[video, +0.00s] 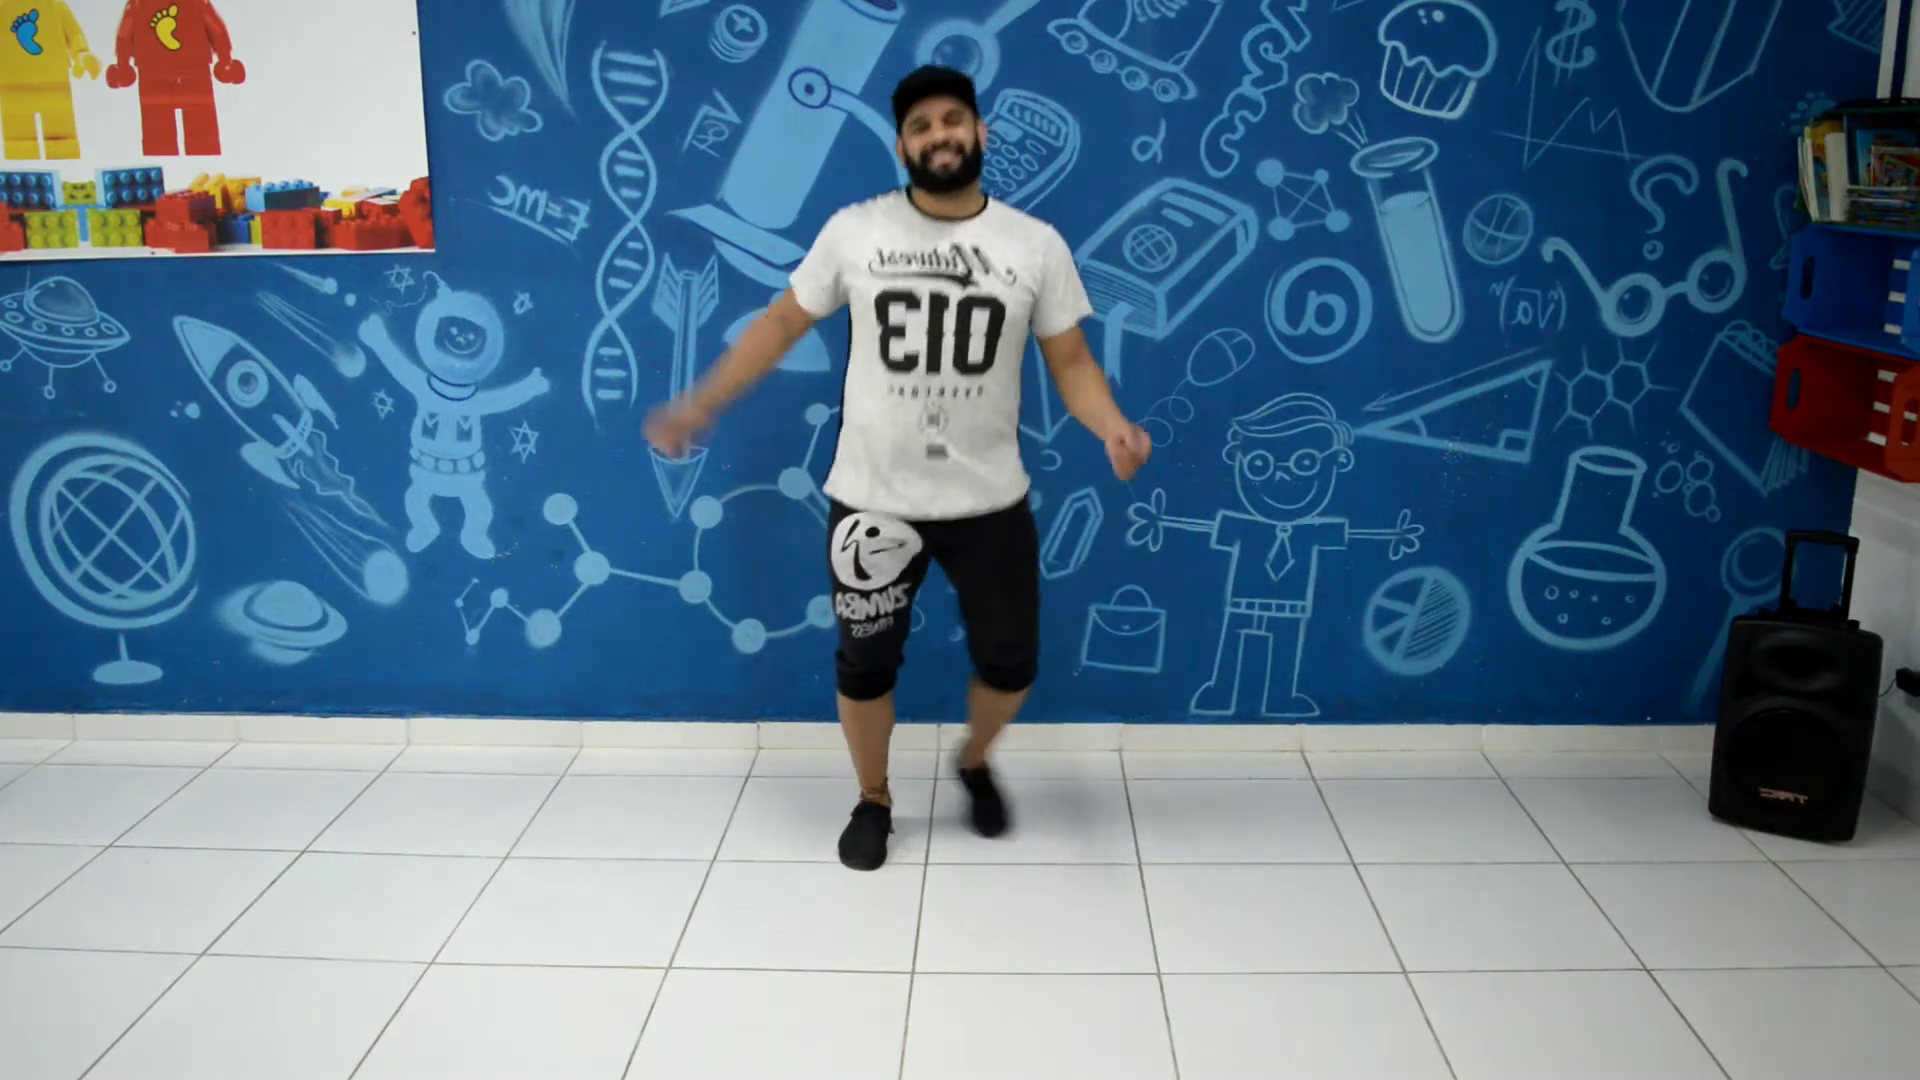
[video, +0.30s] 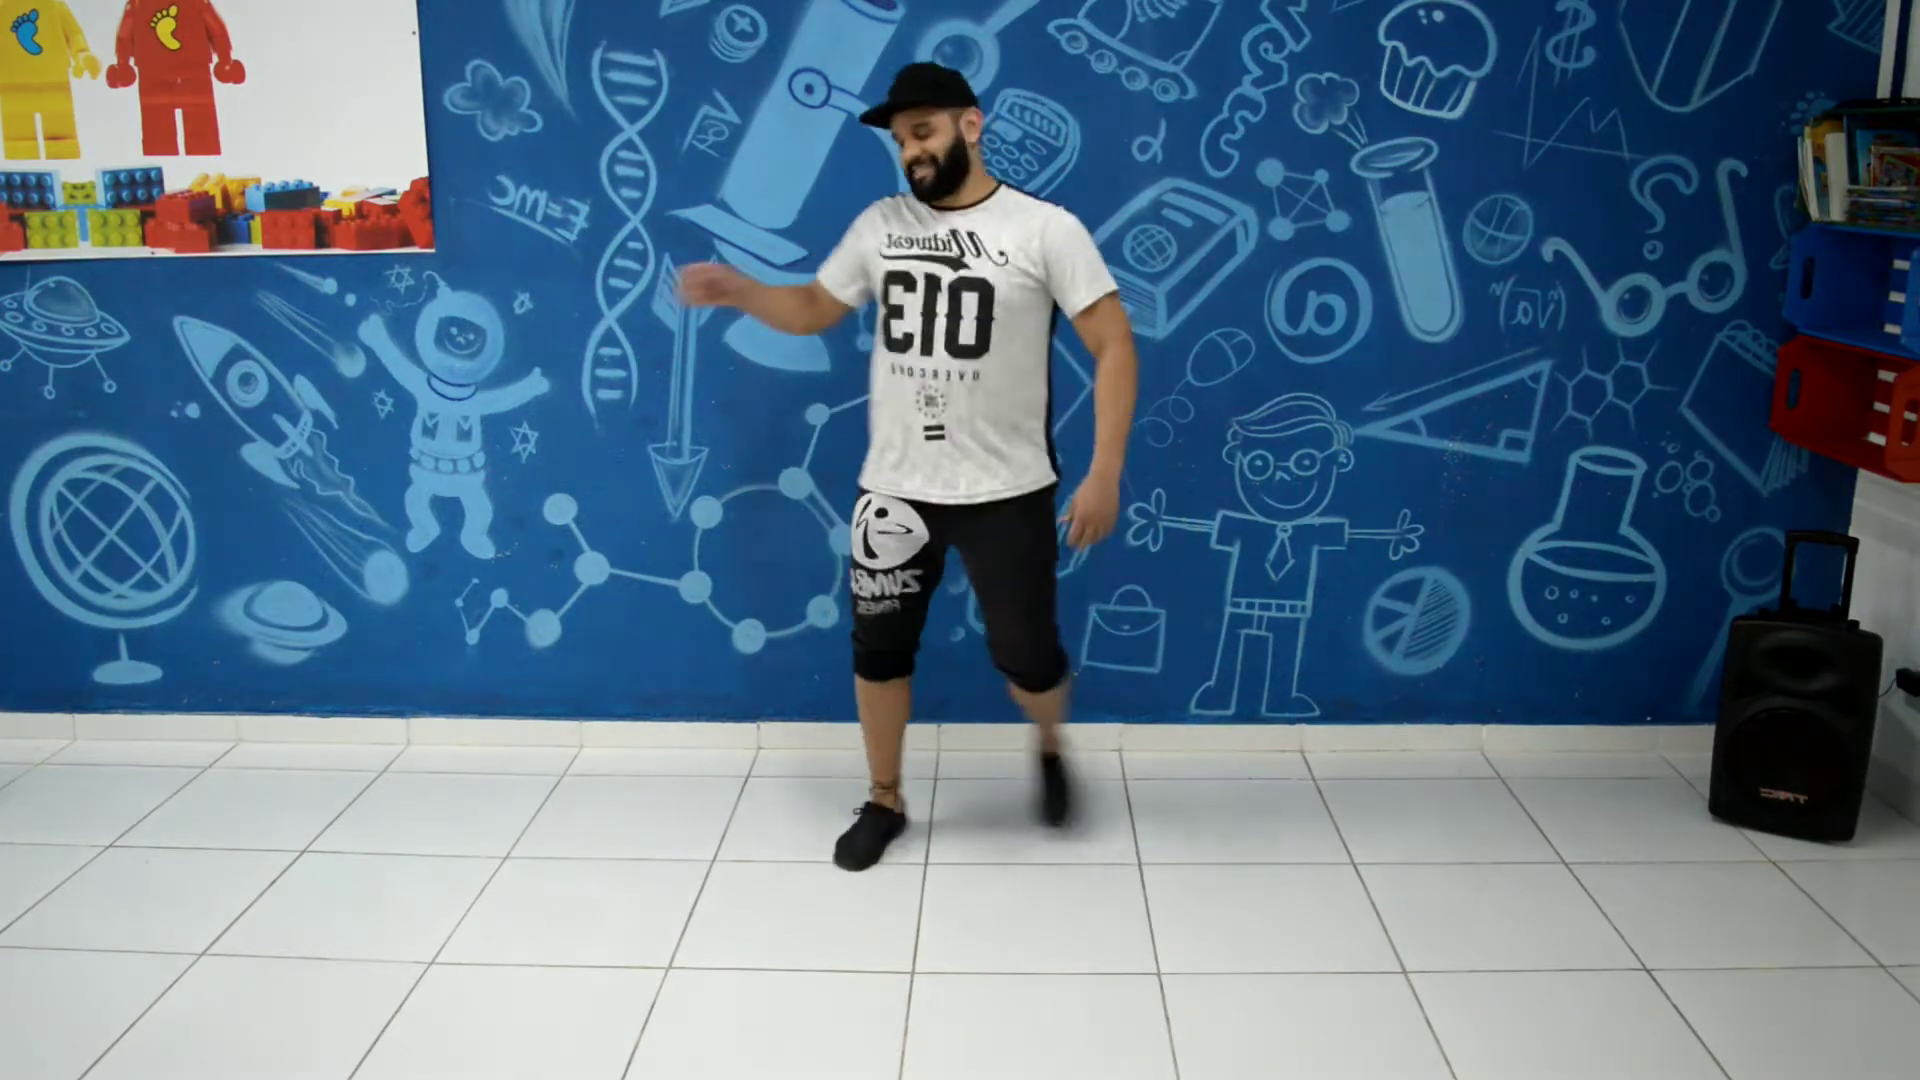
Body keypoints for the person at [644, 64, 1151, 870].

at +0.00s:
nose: (941, 135)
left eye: (954, 121)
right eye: (923, 126)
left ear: (981, 134)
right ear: (901, 148)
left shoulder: (1035, 248)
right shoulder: (854, 236)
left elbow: (1071, 360)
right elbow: (778, 325)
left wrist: (1113, 424)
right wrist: (700, 403)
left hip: (988, 494)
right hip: (875, 491)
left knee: (1010, 665)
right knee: (865, 664)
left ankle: (975, 763)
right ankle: (871, 800)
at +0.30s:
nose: (911, 148)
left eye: (925, 130)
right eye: (901, 136)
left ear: (971, 125)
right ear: (894, 141)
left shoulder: (1044, 230)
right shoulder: (880, 228)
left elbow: (1115, 349)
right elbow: (816, 306)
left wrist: (1106, 475)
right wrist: (739, 290)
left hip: (1006, 487)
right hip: (897, 481)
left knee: (1029, 660)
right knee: (878, 647)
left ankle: (1051, 752)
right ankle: (884, 800)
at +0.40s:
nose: (923, 172)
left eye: (937, 154)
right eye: (913, 158)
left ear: (983, 148)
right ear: (905, 163)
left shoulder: (1055, 253)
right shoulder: (905, 250)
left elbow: (1133, 365)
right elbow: (838, 343)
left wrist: (1116, 490)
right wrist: (807, 306)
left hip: (1017, 509)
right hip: (912, 501)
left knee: (1043, 671)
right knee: (870, 651)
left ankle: (1115, 793)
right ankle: (891, 806)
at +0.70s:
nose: (1023, 140)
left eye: (1041, 129)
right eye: (1009, 124)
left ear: (1063, 141)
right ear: (983, 131)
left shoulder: (1103, 227)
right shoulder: (940, 240)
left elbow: (1152, 356)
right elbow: (921, 365)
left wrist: (1154, 480)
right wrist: (984, 442)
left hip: (1092, 485)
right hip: (988, 479)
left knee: (1112, 648)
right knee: (933, 624)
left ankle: (1139, 799)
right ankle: (958, 784)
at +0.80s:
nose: (1041, 151)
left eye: (1059, 140)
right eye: (1027, 135)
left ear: (1078, 155)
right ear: (1000, 141)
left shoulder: (1122, 239)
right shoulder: (946, 254)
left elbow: (1167, 365)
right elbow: (933, 386)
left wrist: (1150, 488)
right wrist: (1004, 494)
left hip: (1111, 490)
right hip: (1006, 494)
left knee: (1125, 655)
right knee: (966, 648)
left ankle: (1134, 798)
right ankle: (1054, 739)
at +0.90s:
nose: (1054, 170)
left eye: (1071, 158)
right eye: (1038, 155)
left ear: (1088, 173)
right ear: (1011, 167)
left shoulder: (1136, 263)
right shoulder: (960, 281)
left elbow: (1176, 384)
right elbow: (943, 418)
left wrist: (1135, 479)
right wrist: (1004, 527)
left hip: (1122, 508)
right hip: (1021, 521)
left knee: (1130, 669)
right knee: (1024, 681)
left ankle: (1136, 797)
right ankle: (1099, 750)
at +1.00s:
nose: (1056, 154)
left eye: (1072, 143)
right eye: (1041, 140)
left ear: (1090, 160)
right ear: (1013, 153)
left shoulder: (1134, 251)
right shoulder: (959, 268)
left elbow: (1161, 377)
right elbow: (942, 402)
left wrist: (1092, 478)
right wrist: (994, 512)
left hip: (1119, 497)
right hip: (1014, 509)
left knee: (1129, 658)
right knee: (1011, 669)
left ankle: (1135, 798)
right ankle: (1084, 738)